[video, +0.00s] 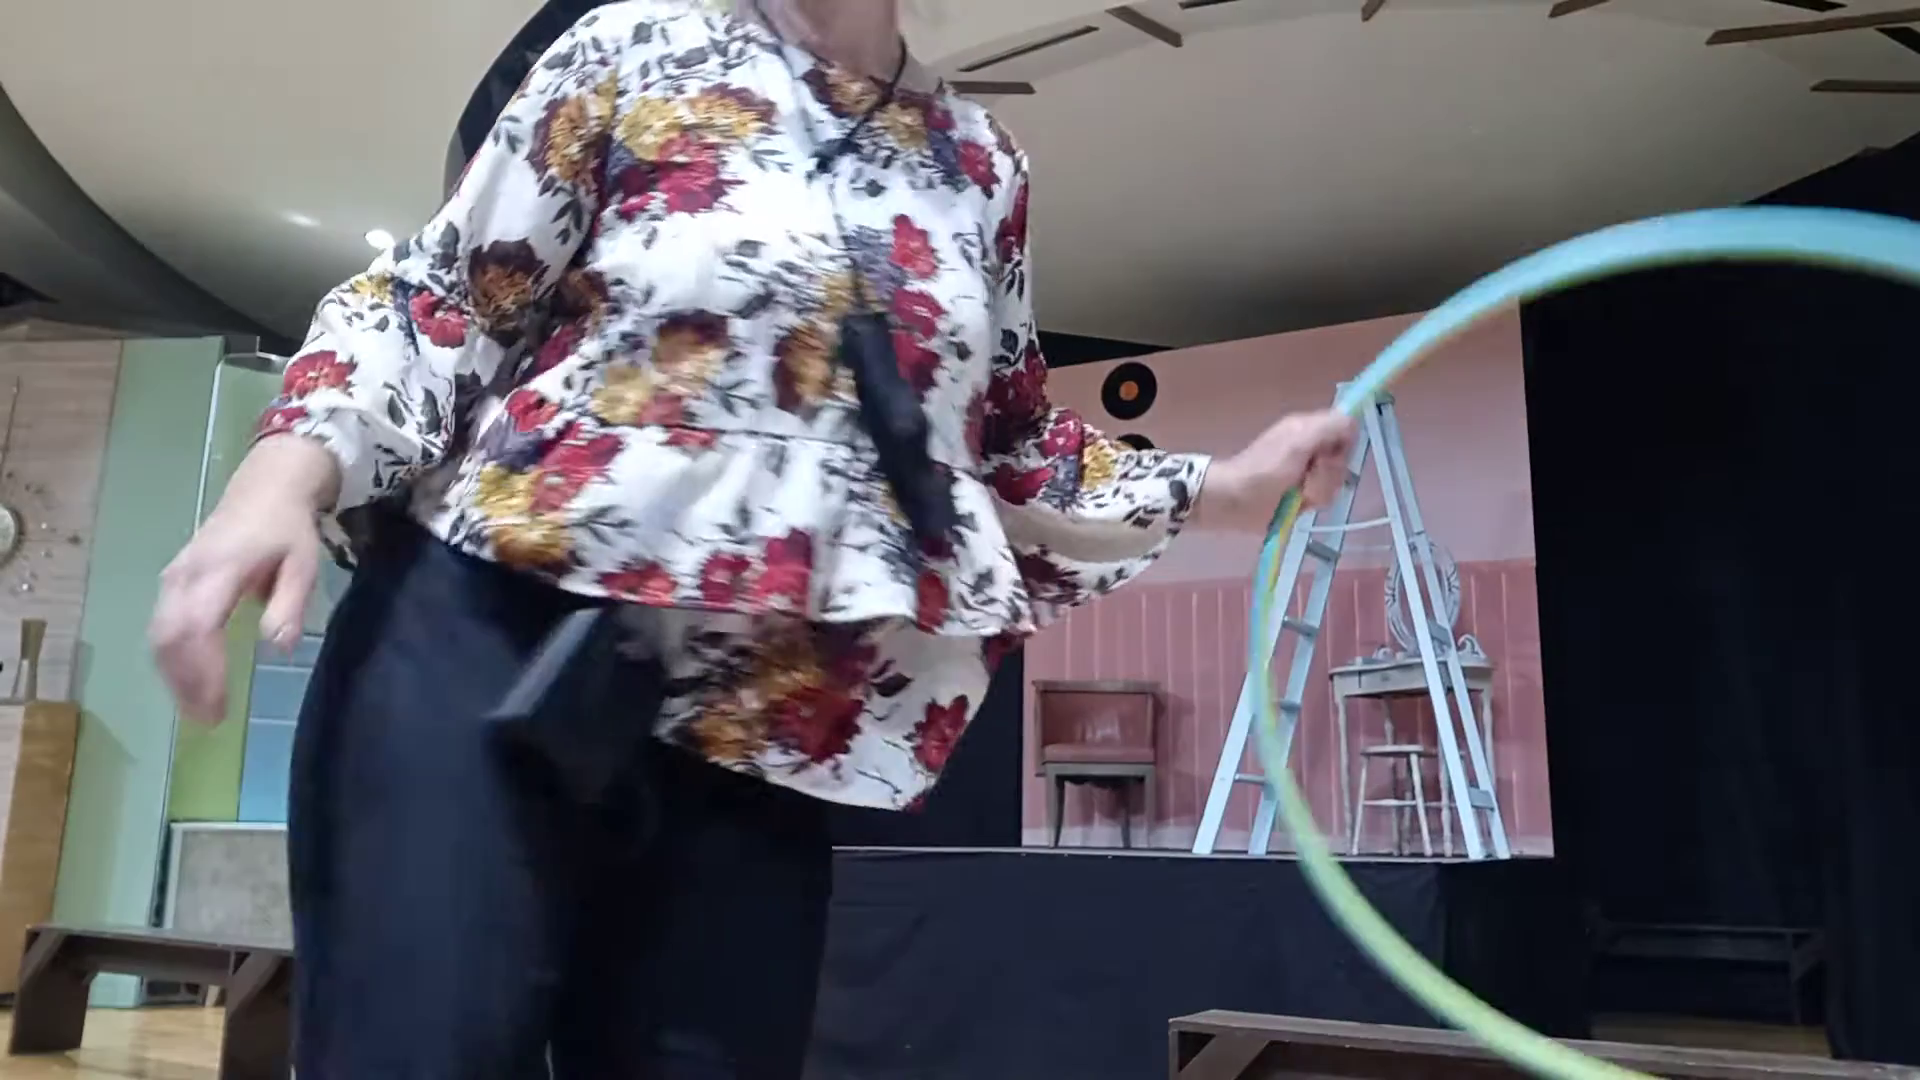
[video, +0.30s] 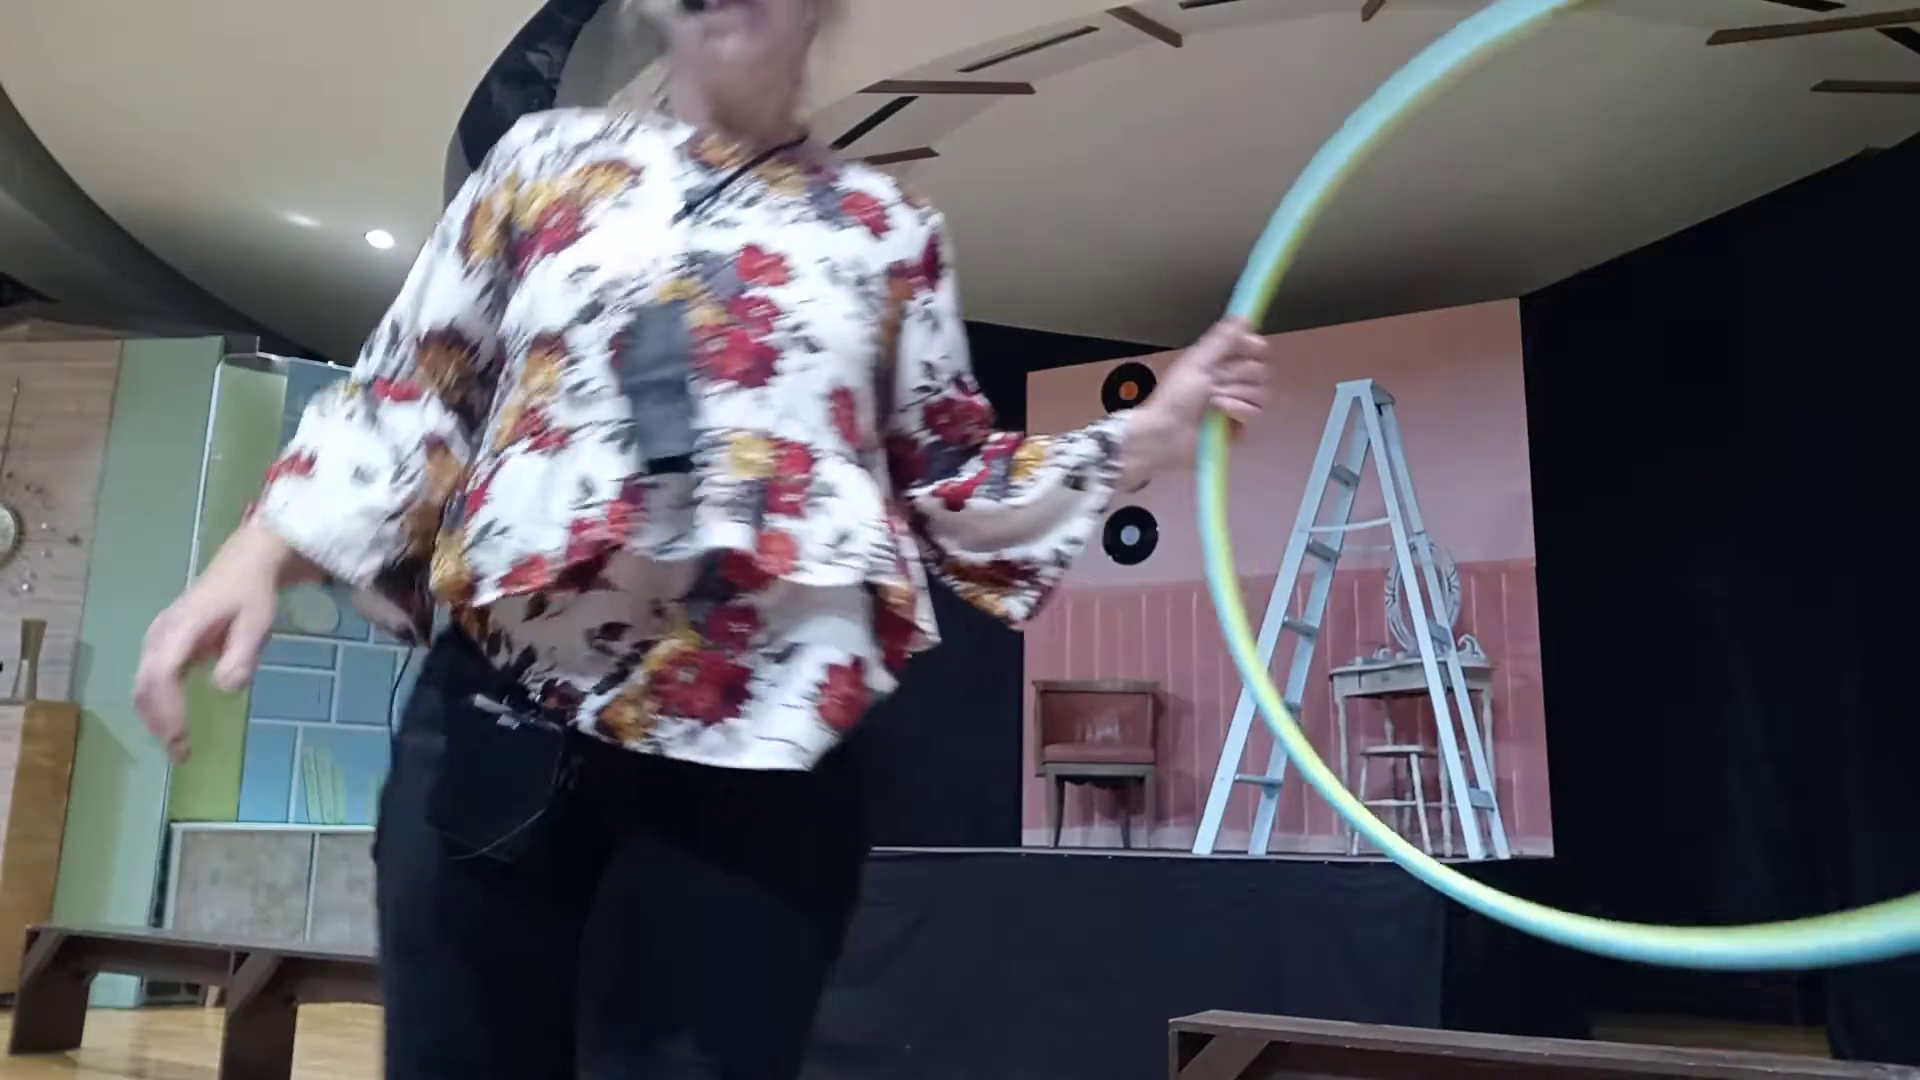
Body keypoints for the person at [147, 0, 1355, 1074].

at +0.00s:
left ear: (900, 2)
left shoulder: (979, 164)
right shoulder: (624, 54)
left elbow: (1004, 460)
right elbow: (440, 301)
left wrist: (1224, 483)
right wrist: (288, 471)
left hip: (758, 760)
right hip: (483, 660)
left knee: (711, 1064)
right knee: (434, 1051)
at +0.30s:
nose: (776, 14)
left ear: (826, 27)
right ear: (679, 13)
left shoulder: (888, 225)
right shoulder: (541, 163)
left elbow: (954, 501)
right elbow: (401, 394)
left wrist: (1144, 429)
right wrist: (258, 550)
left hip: (759, 785)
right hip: (495, 744)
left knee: (701, 1064)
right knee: (460, 1063)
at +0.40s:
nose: (682, 9)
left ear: (777, 31)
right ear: (609, 30)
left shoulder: (850, 250)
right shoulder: (510, 226)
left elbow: (937, 517)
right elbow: (381, 460)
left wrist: (1102, 414)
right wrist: (222, 644)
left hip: (738, 784)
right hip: (490, 766)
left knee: (687, 1059)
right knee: (499, 1060)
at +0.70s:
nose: (592, 78)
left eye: (626, 54)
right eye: (561, 54)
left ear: (678, 98)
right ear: (522, 102)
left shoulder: (782, 251)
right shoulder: (487, 317)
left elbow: (915, 471)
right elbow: (425, 565)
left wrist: (979, 339)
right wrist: (346, 790)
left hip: (766, 783)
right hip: (548, 794)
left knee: (736, 1061)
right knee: (562, 1064)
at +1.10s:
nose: (708, 169)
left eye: (736, 148)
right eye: (678, 151)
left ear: (784, 185)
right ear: (648, 195)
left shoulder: (870, 318)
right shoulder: (616, 380)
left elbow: (975, 515)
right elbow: (571, 582)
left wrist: (991, 351)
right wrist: (469, 711)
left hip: (841, 775)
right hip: (635, 776)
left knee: (842, 1061)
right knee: (622, 1061)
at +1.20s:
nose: (753, 184)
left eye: (782, 163)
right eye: (725, 164)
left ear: (826, 197)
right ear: (693, 205)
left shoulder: (912, 341)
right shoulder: (651, 384)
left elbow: (996, 523)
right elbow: (603, 625)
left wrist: (1024, 369)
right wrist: (515, 610)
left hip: (878, 793)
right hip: (679, 784)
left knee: (855, 1062)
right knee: (657, 1061)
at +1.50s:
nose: (869, 226)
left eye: (896, 209)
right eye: (844, 204)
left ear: (928, 243)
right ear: (802, 233)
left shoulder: (982, 392)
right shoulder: (734, 390)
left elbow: (1042, 574)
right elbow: (656, 592)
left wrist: (1108, 456)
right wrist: (595, 446)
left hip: (958, 799)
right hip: (771, 782)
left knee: (903, 1064)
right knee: (744, 1061)